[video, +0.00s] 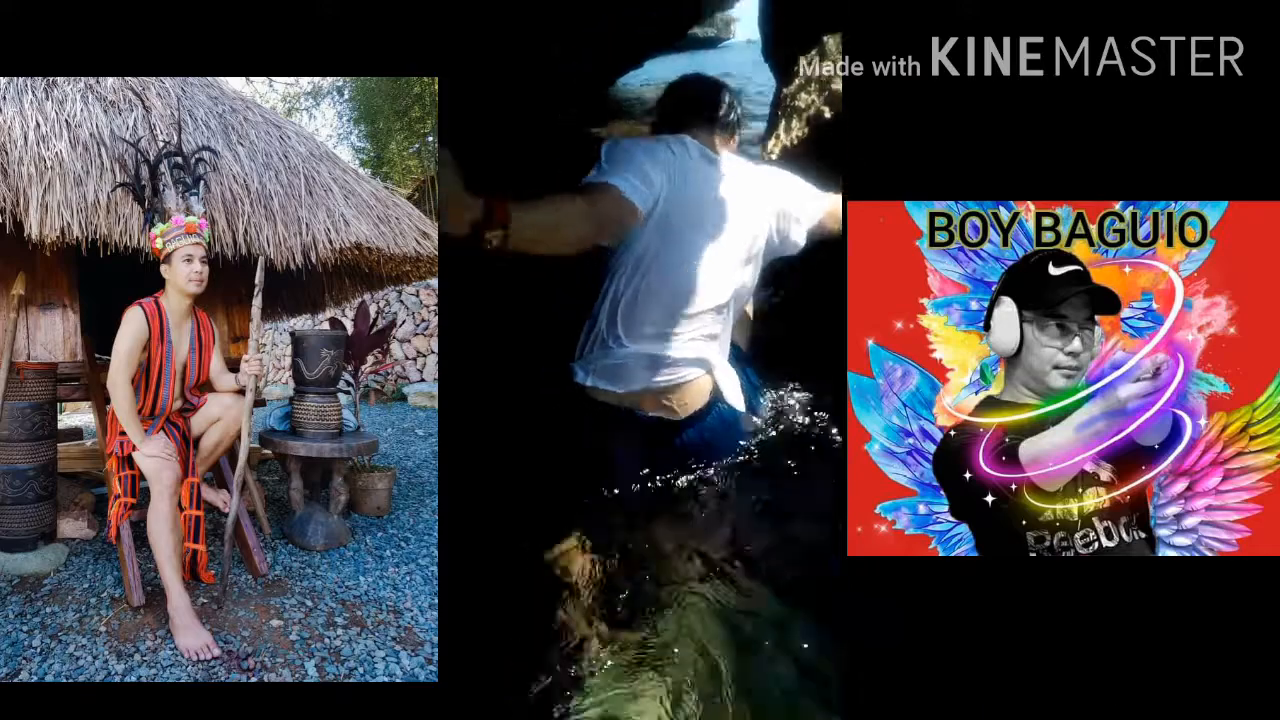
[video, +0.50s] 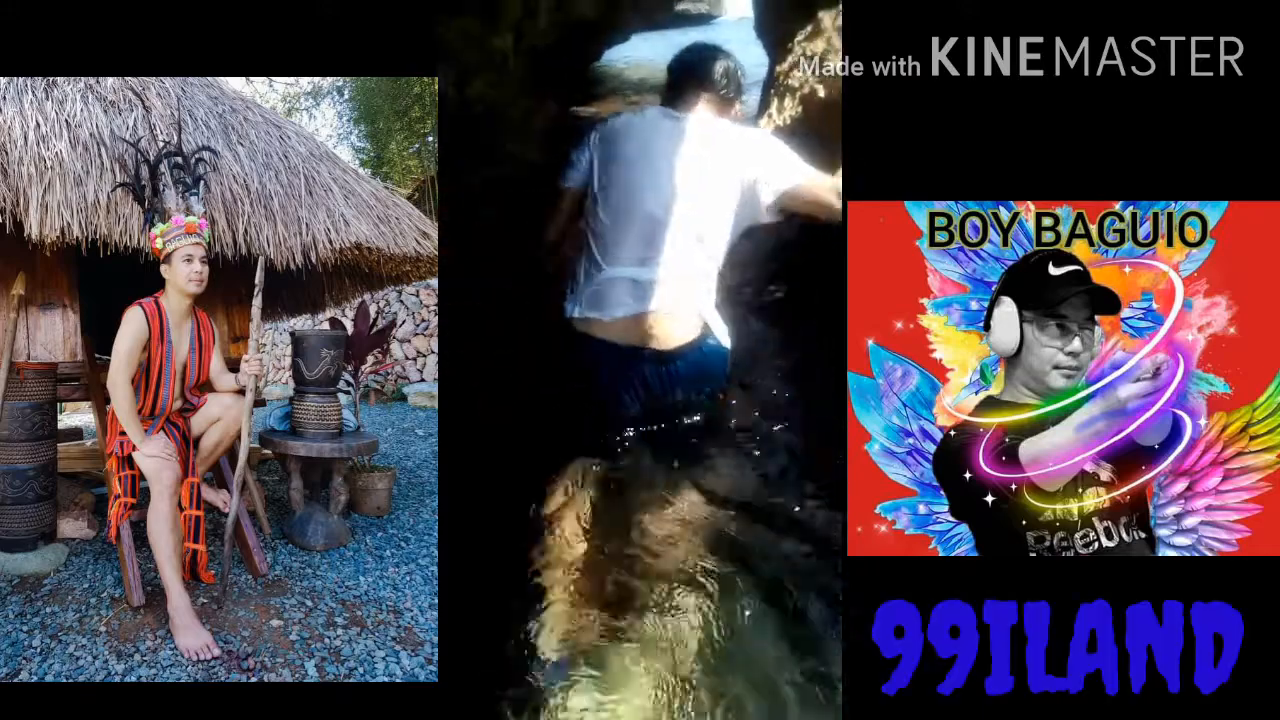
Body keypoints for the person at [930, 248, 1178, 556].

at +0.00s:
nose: (1076, 346)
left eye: (1086, 328)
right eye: (1055, 327)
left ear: (1096, 334)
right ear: (1007, 327)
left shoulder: (1113, 409)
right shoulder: (962, 445)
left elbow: (1155, 435)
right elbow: (1022, 472)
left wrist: (1149, 396)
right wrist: (1105, 412)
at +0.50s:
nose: (1076, 346)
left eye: (1086, 328)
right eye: (1055, 327)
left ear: (1097, 334)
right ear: (1007, 328)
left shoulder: (1113, 409)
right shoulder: (962, 446)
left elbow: (1155, 435)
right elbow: (1021, 472)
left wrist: (1149, 396)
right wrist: (1105, 412)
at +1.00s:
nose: (1076, 346)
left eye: (1086, 328)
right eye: (1055, 326)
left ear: (1096, 335)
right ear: (1007, 328)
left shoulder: (1113, 408)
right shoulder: (962, 446)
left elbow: (1156, 436)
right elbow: (1021, 472)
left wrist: (1147, 395)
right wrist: (1105, 413)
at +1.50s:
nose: (1076, 346)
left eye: (1086, 328)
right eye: (1055, 327)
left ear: (1097, 334)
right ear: (1007, 328)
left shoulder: (1113, 409)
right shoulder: (962, 446)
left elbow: (1156, 435)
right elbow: (1021, 472)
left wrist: (1148, 396)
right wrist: (1105, 412)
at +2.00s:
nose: (1076, 346)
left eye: (1086, 328)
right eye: (1055, 327)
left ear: (1096, 334)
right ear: (1007, 327)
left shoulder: (1113, 409)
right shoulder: (962, 445)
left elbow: (1155, 435)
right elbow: (1022, 472)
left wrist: (1149, 396)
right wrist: (1106, 412)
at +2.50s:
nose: (1076, 346)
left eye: (1086, 328)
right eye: (1055, 327)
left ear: (1097, 334)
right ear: (1007, 328)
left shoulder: (1113, 408)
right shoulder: (962, 446)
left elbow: (1155, 435)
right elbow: (1022, 472)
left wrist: (1149, 396)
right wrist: (1106, 412)